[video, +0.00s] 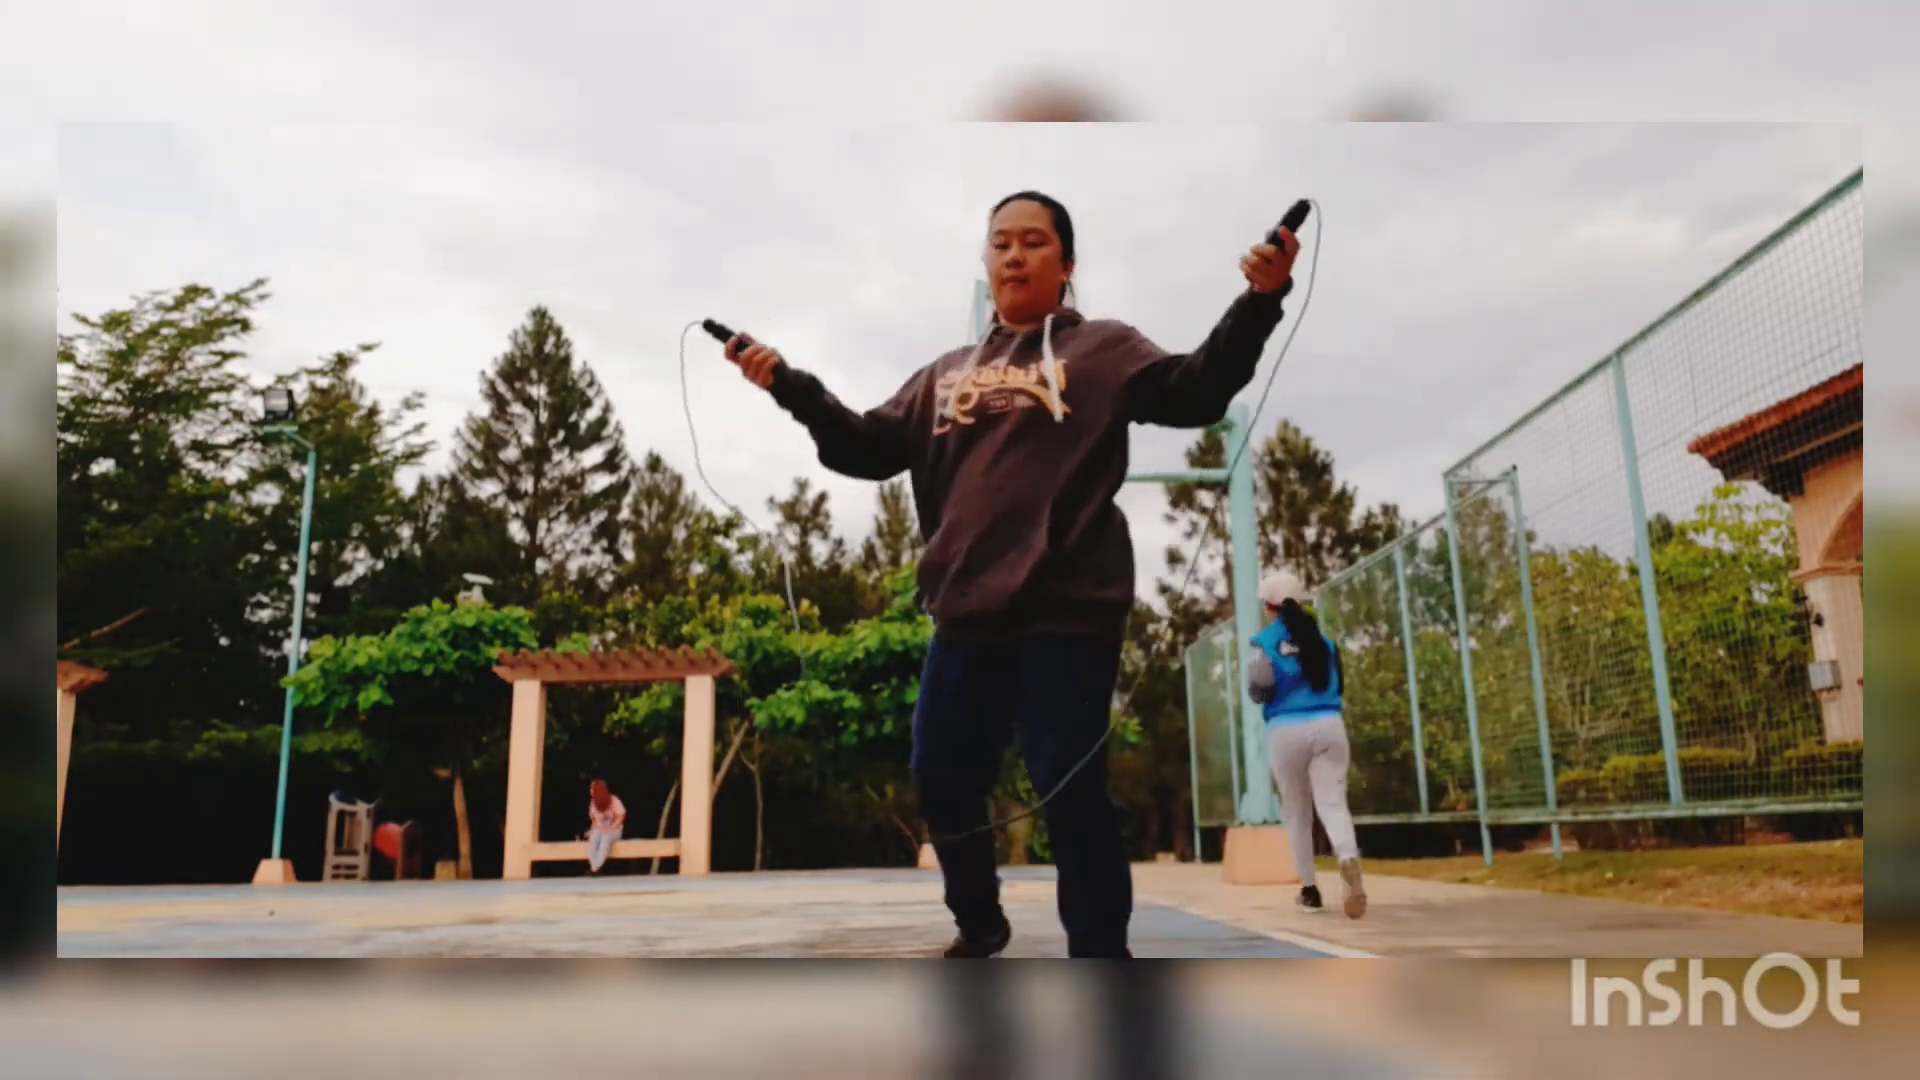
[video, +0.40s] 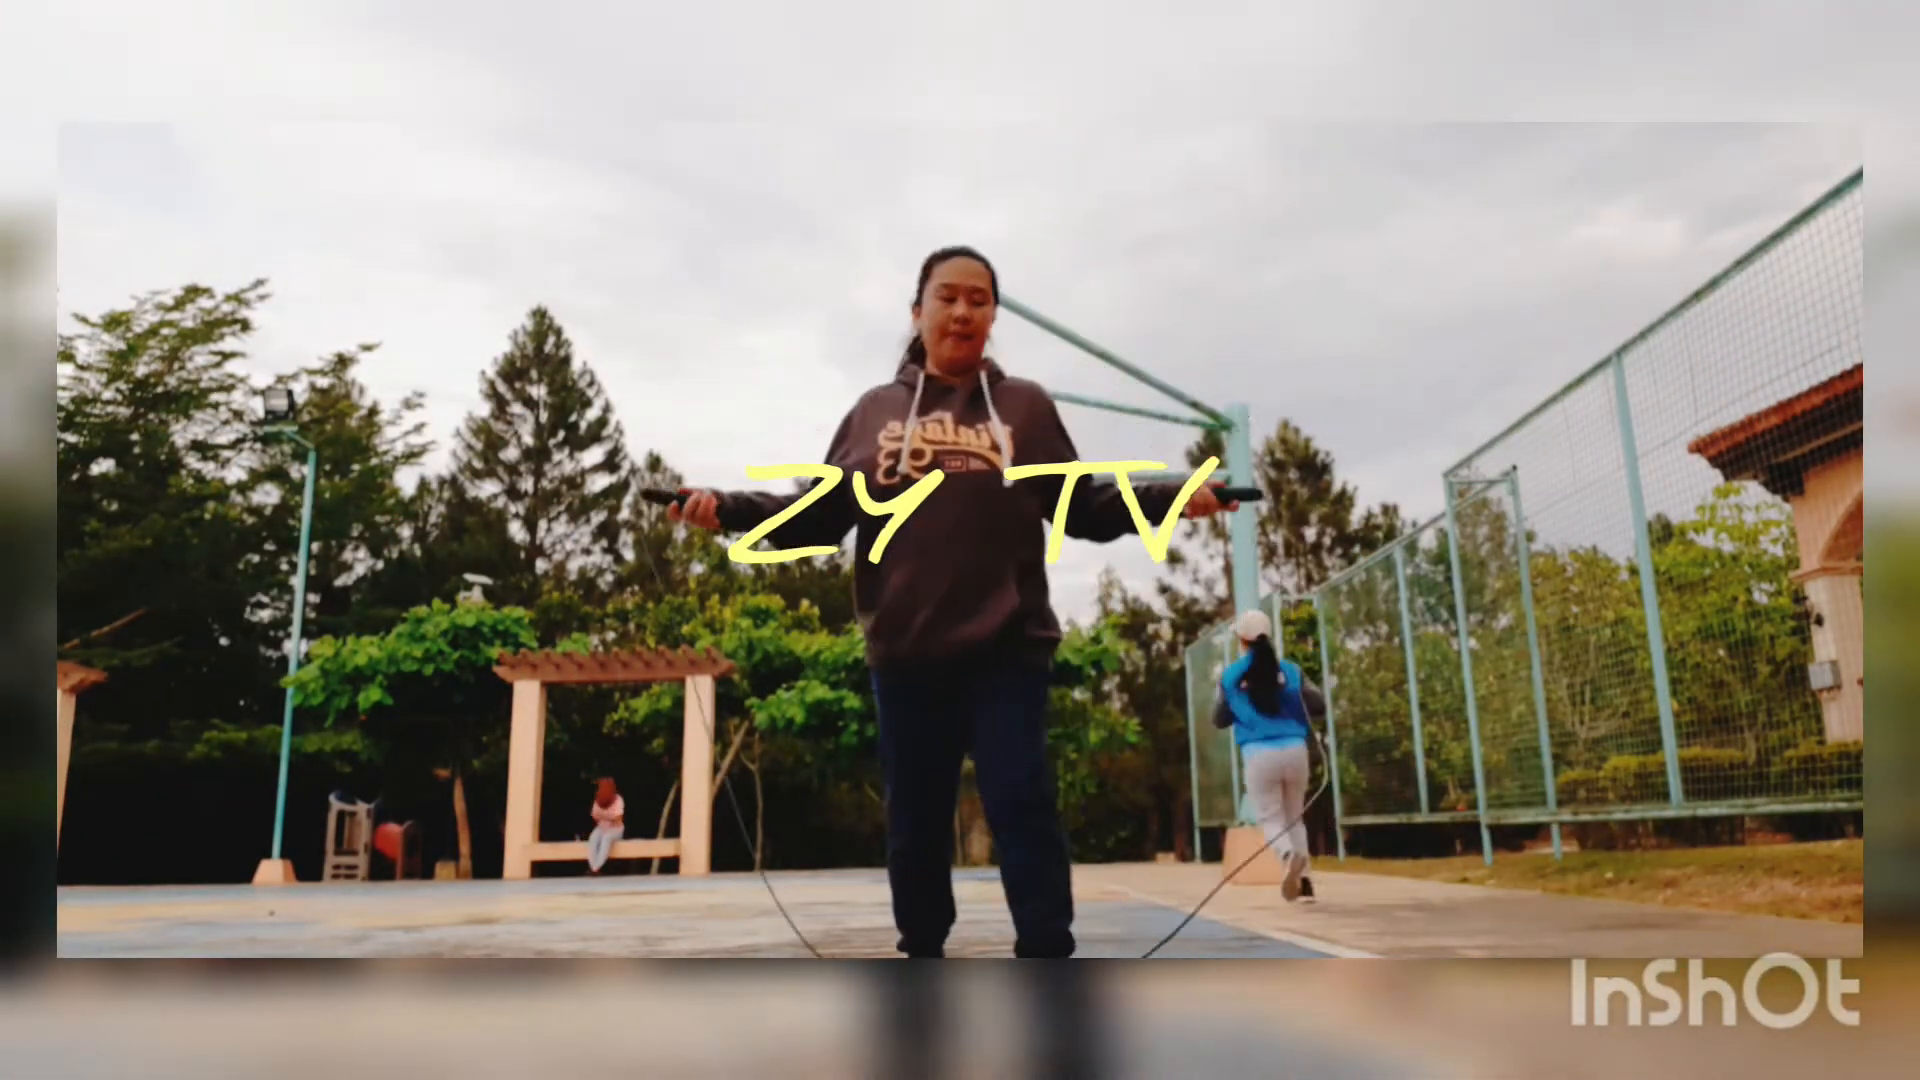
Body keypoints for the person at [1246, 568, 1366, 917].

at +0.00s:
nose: (1263, 611)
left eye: (1264, 606)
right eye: (1265, 605)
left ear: (1269, 607)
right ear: (1298, 603)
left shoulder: (1265, 640)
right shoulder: (1324, 639)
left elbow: (1260, 689)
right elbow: (1337, 685)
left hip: (1287, 729)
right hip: (1329, 723)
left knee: (1296, 810)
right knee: (1334, 802)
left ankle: (1309, 886)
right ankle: (1349, 859)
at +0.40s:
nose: (1238, 641)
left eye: (1238, 638)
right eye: (1243, 637)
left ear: (1241, 641)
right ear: (1268, 637)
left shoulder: (1231, 676)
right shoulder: (1290, 670)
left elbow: (1220, 719)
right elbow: (1317, 705)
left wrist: (1242, 703)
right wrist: (1288, 701)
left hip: (1259, 750)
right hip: (1295, 745)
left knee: (1270, 818)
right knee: (1295, 817)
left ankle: (1289, 856)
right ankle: (1303, 875)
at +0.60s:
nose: (1216, 647)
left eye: (1217, 642)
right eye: (1217, 642)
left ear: (1222, 644)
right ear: (1244, 642)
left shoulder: (1220, 675)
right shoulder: (1265, 674)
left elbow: (1213, 710)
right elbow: (1275, 711)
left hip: (1239, 750)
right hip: (1273, 744)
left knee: (1244, 817)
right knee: (1282, 816)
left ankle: (1262, 873)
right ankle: (1301, 870)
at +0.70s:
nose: (1203, 648)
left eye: (1205, 643)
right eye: (1204, 643)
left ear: (1212, 645)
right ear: (1229, 643)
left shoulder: (1212, 675)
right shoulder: (1247, 667)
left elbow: (1209, 712)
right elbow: (1252, 706)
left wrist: (1197, 723)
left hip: (1226, 748)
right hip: (1258, 743)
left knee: (1234, 817)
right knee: (1271, 805)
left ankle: (1244, 874)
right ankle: (1297, 856)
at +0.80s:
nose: (1185, 662)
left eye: (1187, 658)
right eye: (1186, 657)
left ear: (1194, 660)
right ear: (1211, 659)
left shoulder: (1189, 690)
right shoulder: (1230, 683)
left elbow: (1187, 725)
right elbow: (1246, 718)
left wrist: (1176, 736)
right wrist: (1234, 737)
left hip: (1209, 763)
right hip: (1240, 759)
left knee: (1216, 824)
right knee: (1246, 820)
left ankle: (1241, 877)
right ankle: (1273, 852)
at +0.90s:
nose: (1165, 664)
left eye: (1167, 660)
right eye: (1165, 659)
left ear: (1174, 662)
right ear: (1191, 660)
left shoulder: (1165, 691)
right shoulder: (1206, 685)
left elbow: (1156, 728)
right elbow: (1231, 719)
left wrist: (1162, 745)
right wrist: (1212, 735)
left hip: (1188, 759)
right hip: (1218, 755)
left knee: (1207, 818)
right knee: (1211, 816)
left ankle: (1236, 872)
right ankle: (1231, 869)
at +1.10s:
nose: (1137, 672)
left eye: (1138, 667)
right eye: (1137, 667)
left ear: (1146, 669)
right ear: (1161, 668)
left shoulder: (1134, 697)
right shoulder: (1177, 693)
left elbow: (1123, 729)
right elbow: (1196, 720)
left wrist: (1125, 712)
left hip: (1158, 761)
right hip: (1184, 757)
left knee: (1175, 820)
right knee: (1179, 819)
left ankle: (1212, 854)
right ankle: (1184, 872)